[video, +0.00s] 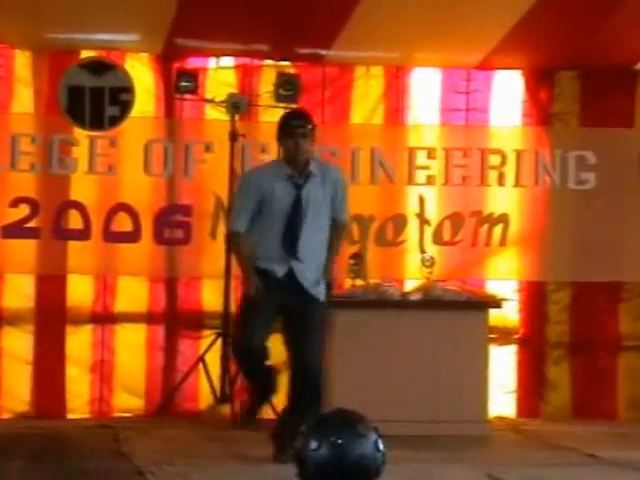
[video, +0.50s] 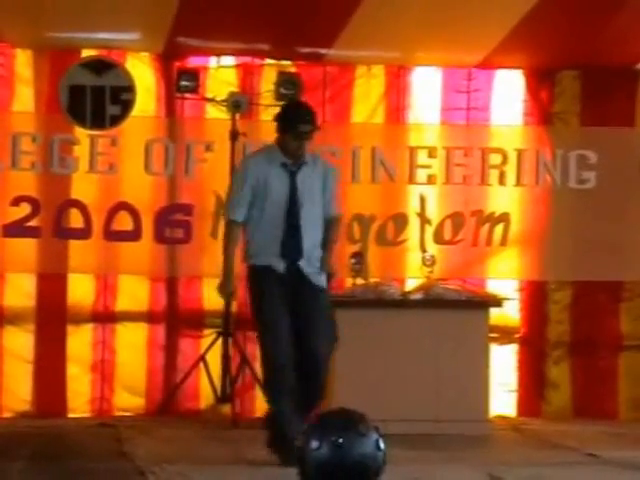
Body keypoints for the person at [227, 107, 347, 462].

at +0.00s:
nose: (300, 145)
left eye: (306, 137)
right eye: (293, 137)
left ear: (314, 141)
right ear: (281, 141)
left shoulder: (331, 180)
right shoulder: (257, 179)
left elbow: (339, 227)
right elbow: (236, 234)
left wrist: (328, 270)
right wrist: (249, 277)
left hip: (309, 280)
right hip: (265, 277)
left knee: (308, 365)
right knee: (247, 343)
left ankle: (293, 434)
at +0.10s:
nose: (296, 147)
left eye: (301, 139)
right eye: (289, 139)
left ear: (311, 141)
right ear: (278, 143)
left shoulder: (330, 184)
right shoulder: (261, 184)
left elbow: (341, 233)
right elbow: (237, 232)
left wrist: (329, 276)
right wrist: (244, 273)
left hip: (307, 287)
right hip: (264, 281)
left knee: (297, 369)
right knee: (241, 346)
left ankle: (284, 439)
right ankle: (233, 412)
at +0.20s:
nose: (295, 137)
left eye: (300, 129)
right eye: (288, 129)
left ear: (309, 131)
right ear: (276, 131)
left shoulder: (329, 172)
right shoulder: (259, 172)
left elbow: (343, 220)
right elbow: (243, 221)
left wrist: (327, 263)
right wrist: (247, 248)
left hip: (310, 275)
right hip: (267, 273)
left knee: (302, 364)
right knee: (255, 357)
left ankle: (291, 442)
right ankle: (240, 440)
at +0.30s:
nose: (295, 133)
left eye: (300, 124)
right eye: (288, 125)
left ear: (308, 126)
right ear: (276, 126)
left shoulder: (327, 163)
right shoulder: (257, 163)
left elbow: (338, 213)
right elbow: (247, 214)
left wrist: (329, 257)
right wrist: (234, 240)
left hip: (311, 267)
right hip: (268, 267)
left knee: (306, 354)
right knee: (269, 352)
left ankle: (301, 433)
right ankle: (265, 434)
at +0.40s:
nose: (300, 143)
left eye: (305, 136)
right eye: (293, 136)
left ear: (311, 135)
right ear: (277, 132)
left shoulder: (323, 171)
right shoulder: (255, 168)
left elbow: (334, 218)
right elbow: (239, 221)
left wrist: (329, 262)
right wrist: (224, 268)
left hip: (312, 271)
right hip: (269, 271)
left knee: (313, 354)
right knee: (279, 354)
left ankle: (309, 435)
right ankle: (289, 436)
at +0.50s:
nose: (303, 145)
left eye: (308, 138)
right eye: (296, 138)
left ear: (313, 136)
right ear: (279, 133)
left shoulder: (323, 172)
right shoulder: (255, 167)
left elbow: (332, 220)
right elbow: (234, 222)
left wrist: (328, 259)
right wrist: (228, 273)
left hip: (310, 272)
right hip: (268, 271)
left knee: (318, 350)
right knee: (278, 354)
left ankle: (289, 423)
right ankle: (287, 437)